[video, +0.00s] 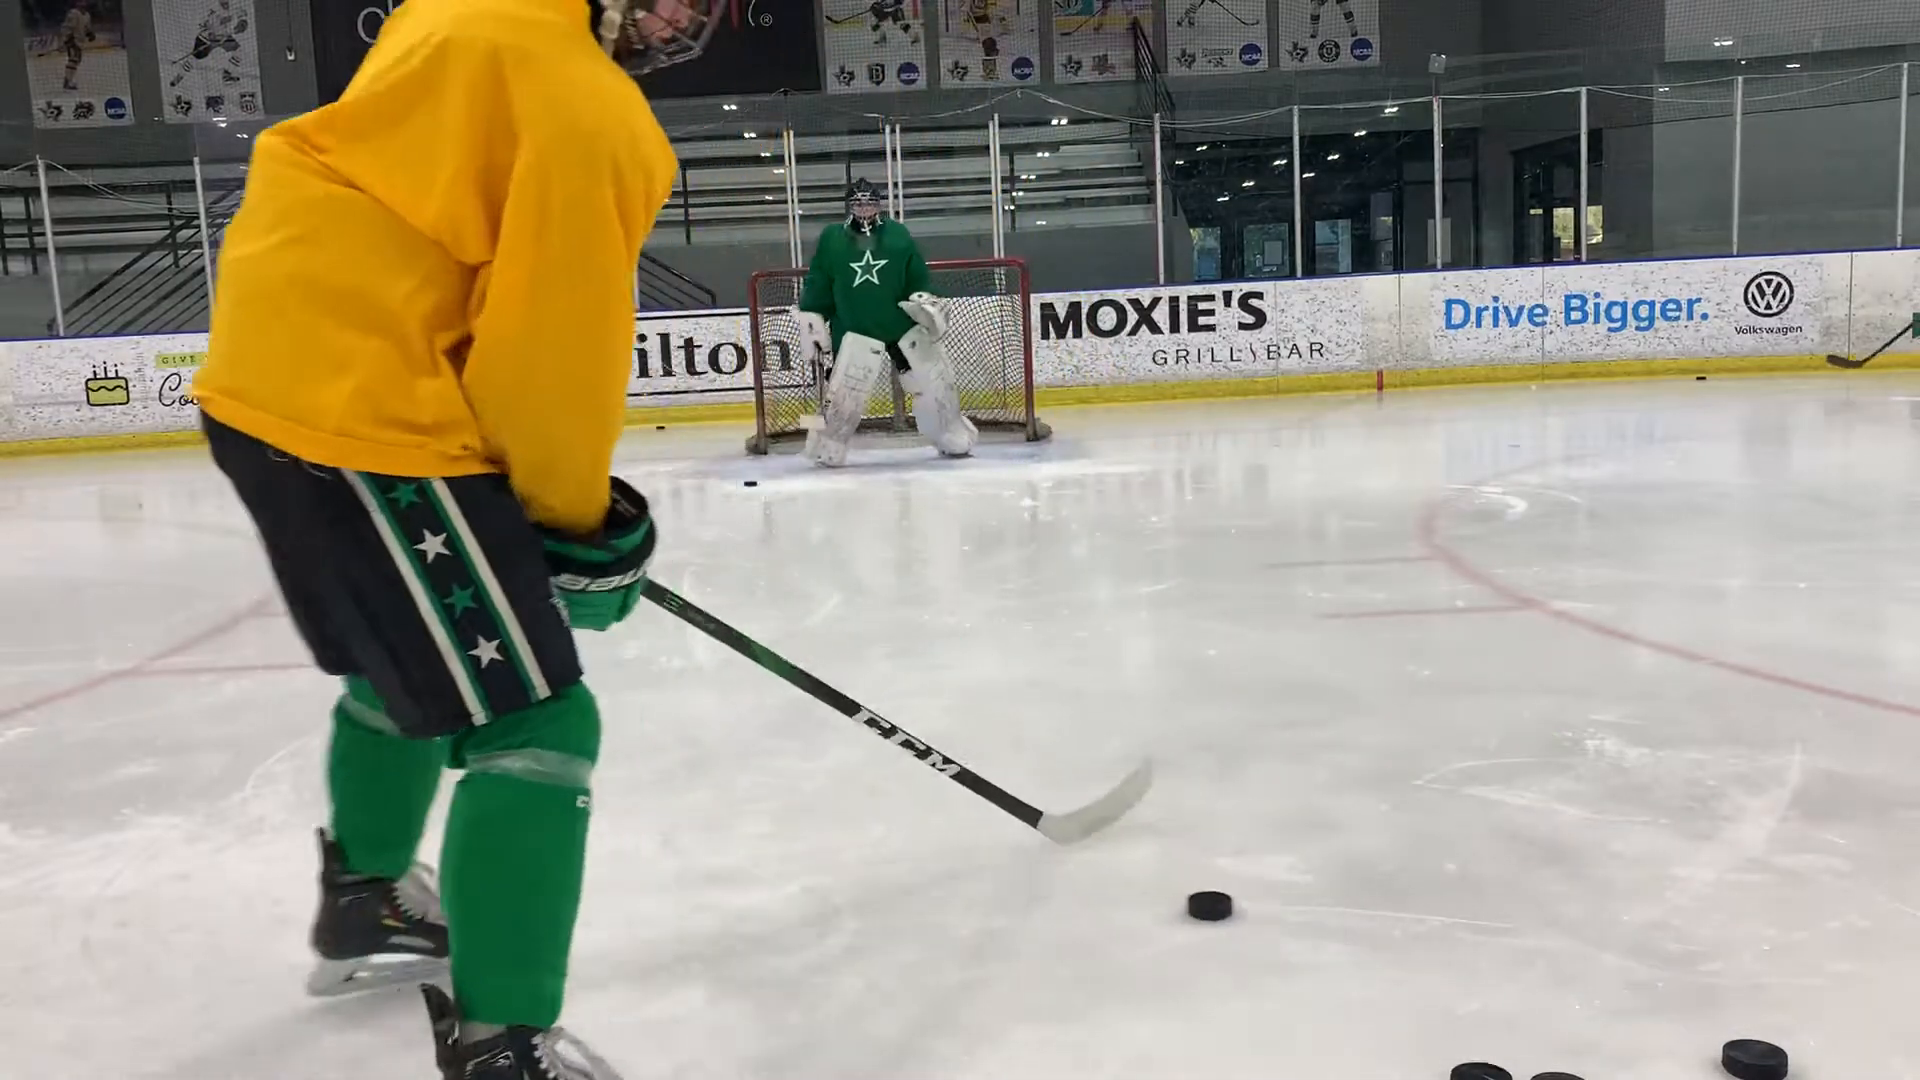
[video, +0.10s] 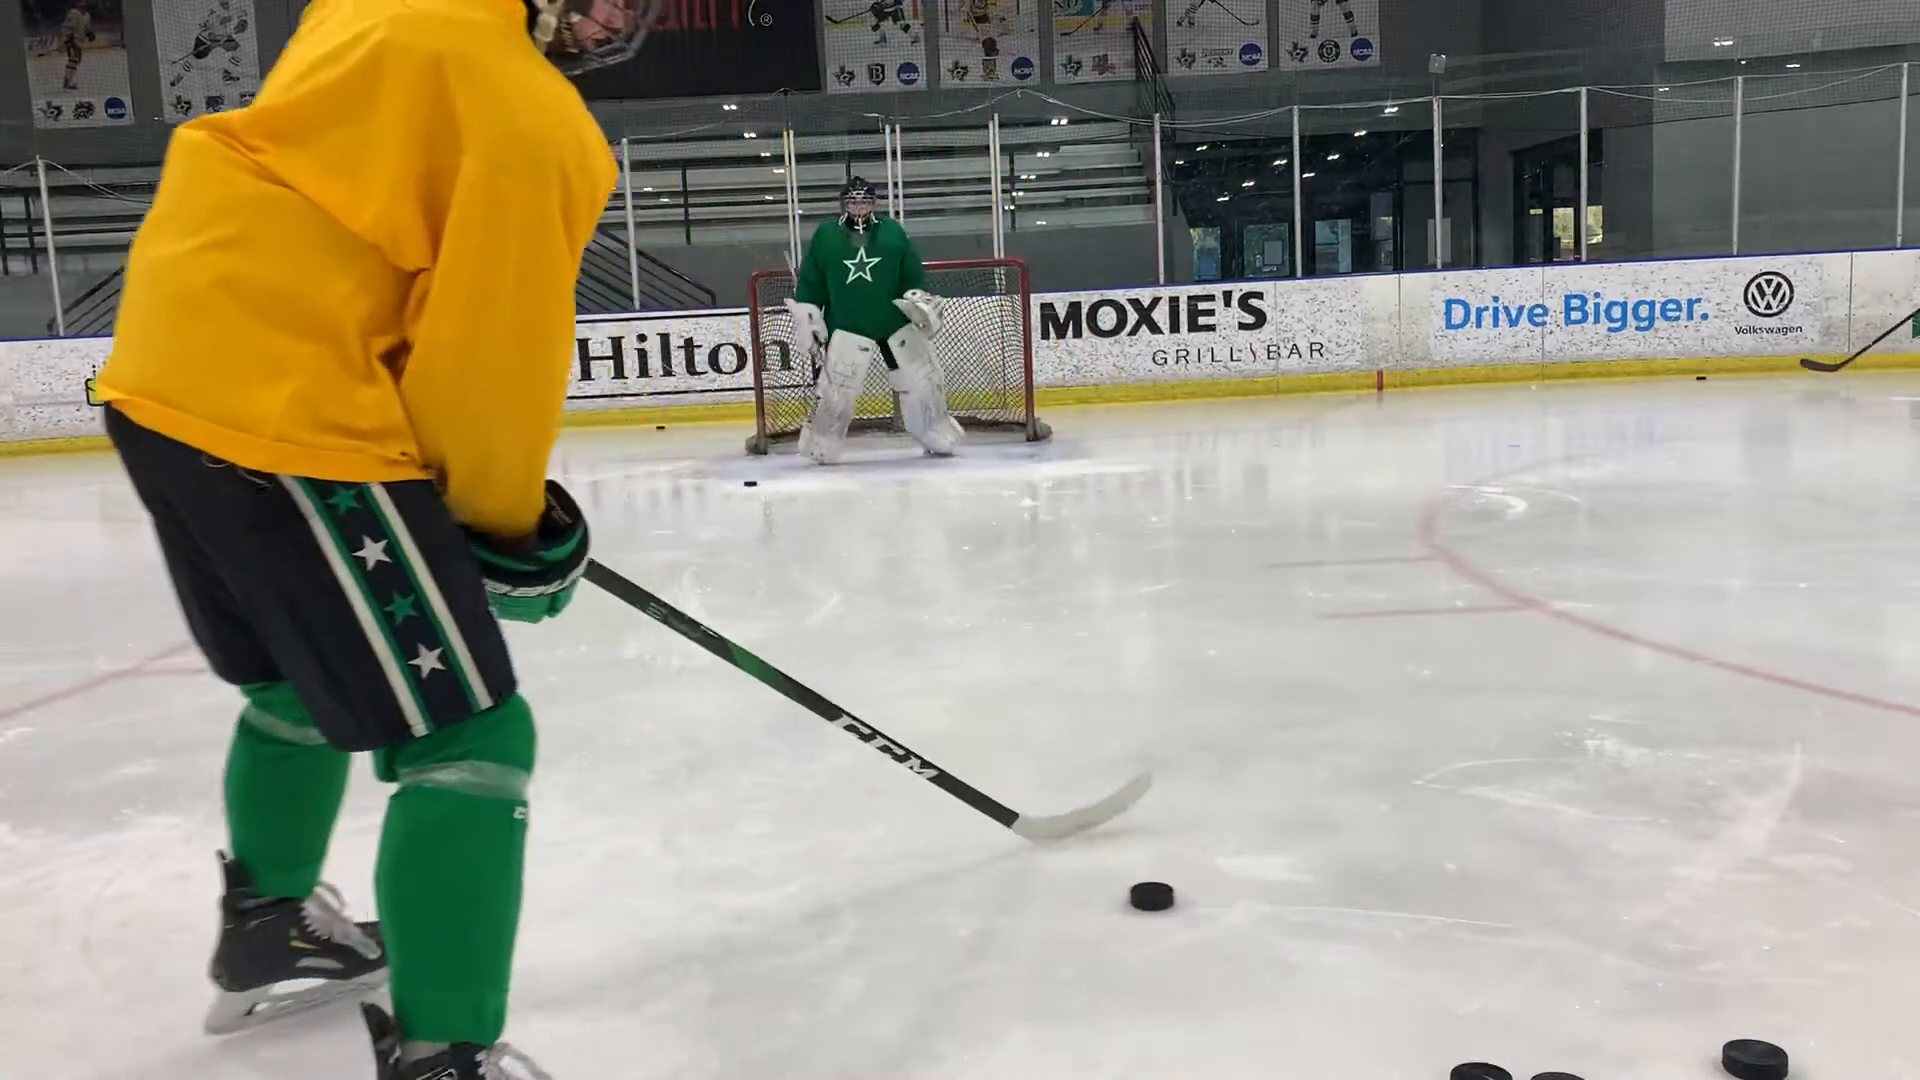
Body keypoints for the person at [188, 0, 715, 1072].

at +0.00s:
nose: (687, 29)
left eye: (706, 24)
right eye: (694, 4)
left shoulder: (450, 24)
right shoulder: (590, 109)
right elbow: (545, 370)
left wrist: (537, 484)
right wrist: (580, 524)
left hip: (262, 386)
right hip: (368, 408)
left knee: (398, 663)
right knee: (535, 723)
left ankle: (363, 897)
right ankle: (501, 1041)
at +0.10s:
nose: (623, 26)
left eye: (636, 20)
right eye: (626, 6)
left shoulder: (363, 19)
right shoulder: (534, 118)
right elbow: (485, 398)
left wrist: (453, 477)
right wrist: (516, 532)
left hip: (162, 386)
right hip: (296, 414)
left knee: (303, 679)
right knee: (470, 732)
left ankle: (269, 923)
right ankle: (444, 1051)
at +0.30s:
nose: (488, 24)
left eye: (507, 20)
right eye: (500, 7)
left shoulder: (201, 16)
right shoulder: (401, 115)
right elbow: (349, 405)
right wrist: (409, 526)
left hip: (12, 366)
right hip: (126, 400)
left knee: (126, 720)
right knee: (314, 769)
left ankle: (101, 983)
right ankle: (293, 1062)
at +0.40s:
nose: (422, 16)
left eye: (437, 9)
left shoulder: (105, 15)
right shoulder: (320, 105)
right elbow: (282, 403)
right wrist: (367, 525)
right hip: (72, 428)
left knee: (48, 731)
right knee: (230, 783)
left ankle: (25, 995)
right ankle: (206, 1067)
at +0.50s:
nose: (344, 15)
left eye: (354, 12)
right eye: (350, 4)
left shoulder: (42, 22)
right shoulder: (244, 99)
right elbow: (207, 416)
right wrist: (329, 540)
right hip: (28, 454)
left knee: (12, 782)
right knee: (154, 798)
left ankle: (0, 1018)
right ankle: (107, 1057)